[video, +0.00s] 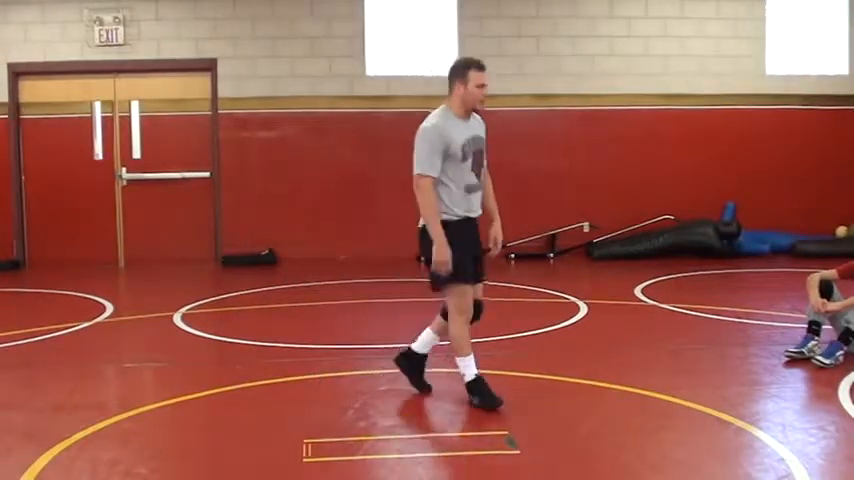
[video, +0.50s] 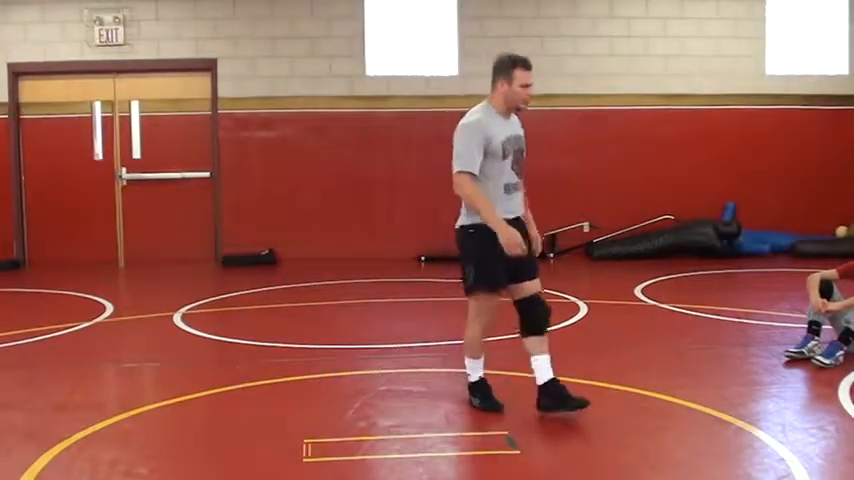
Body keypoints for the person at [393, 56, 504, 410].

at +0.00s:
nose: (485, 93)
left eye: (486, 87)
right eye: (479, 87)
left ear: (474, 89)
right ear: (457, 87)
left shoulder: (477, 124)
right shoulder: (432, 129)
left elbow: (482, 173)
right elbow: (423, 185)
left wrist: (495, 218)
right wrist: (439, 240)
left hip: (470, 225)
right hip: (444, 227)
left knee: (470, 307)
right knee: (460, 307)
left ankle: (414, 353)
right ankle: (473, 382)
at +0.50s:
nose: (530, 93)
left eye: (531, 86)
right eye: (525, 86)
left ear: (513, 86)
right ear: (501, 85)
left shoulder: (514, 122)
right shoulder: (473, 125)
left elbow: (513, 182)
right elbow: (462, 183)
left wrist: (529, 223)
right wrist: (500, 227)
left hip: (512, 226)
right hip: (479, 230)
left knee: (533, 308)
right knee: (482, 308)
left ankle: (547, 387)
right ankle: (476, 383)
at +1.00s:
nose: (561, 85)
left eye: (569, 79)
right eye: (554, 77)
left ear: (579, 85)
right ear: (543, 80)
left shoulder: (584, 131)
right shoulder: (514, 118)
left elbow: (600, 185)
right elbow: (483, 164)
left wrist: (625, 232)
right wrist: (475, 208)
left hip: (559, 229)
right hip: (516, 228)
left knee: (561, 320)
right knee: (524, 318)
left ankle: (552, 397)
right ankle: (510, 377)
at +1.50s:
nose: (568, 83)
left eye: (577, 76)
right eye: (563, 75)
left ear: (591, 82)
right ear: (555, 78)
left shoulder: (602, 137)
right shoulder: (525, 114)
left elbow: (603, 197)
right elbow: (496, 162)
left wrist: (593, 246)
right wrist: (476, 213)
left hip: (558, 230)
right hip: (513, 223)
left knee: (561, 318)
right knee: (512, 314)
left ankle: (551, 398)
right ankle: (508, 396)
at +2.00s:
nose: (522, 91)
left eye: (531, 84)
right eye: (518, 83)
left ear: (549, 86)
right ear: (511, 83)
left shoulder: (569, 134)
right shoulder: (487, 122)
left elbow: (576, 194)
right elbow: (462, 173)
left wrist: (560, 245)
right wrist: (450, 225)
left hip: (540, 237)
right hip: (488, 234)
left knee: (548, 323)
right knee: (472, 321)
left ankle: (550, 399)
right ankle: (455, 408)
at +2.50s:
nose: (424, 85)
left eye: (432, 77)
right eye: (422, 77)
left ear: (457, 79)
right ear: (425, 80)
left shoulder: (495, 118)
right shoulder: (413, 131)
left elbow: (517, 173)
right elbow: (407, 192)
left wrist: (530, 227)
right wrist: (434, 245)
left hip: (489, 234)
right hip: (440, 239)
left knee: (521, 325)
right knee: (444, 324)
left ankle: (521, 395)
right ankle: (449, 417)